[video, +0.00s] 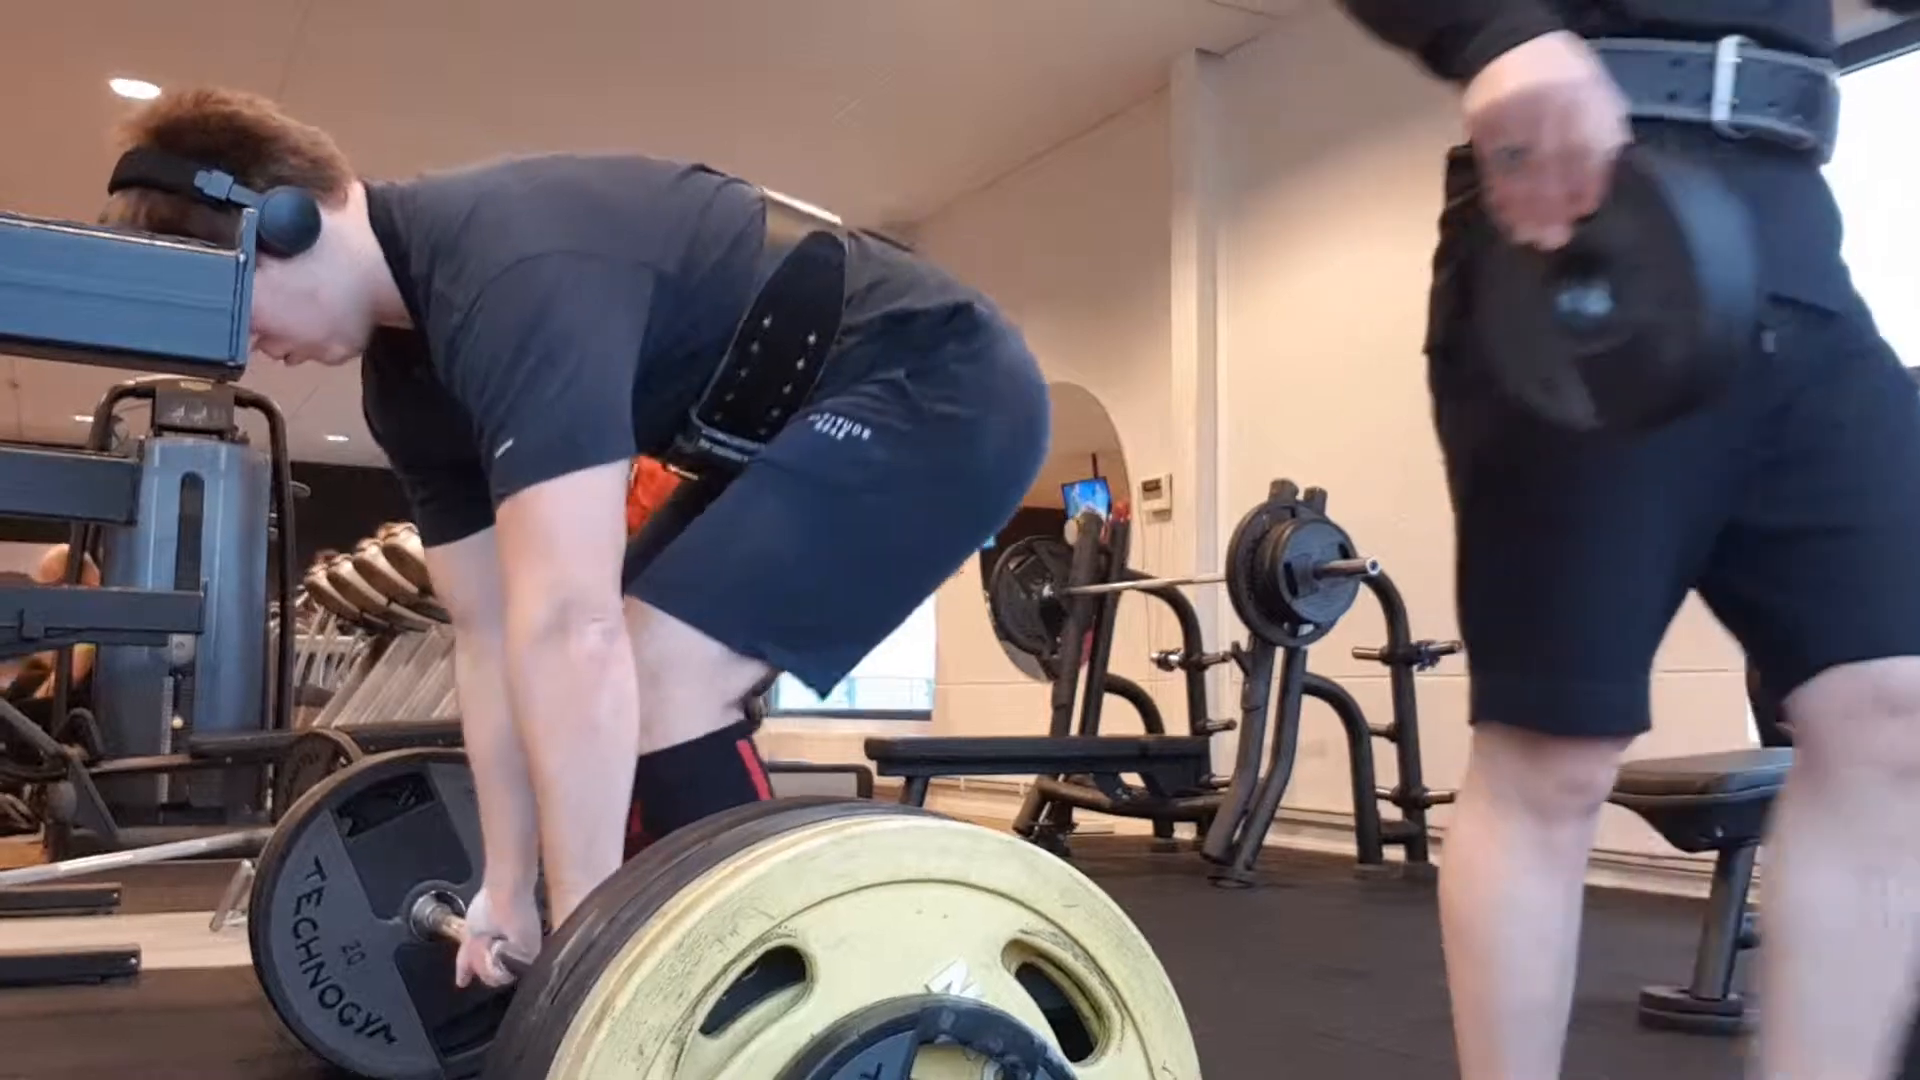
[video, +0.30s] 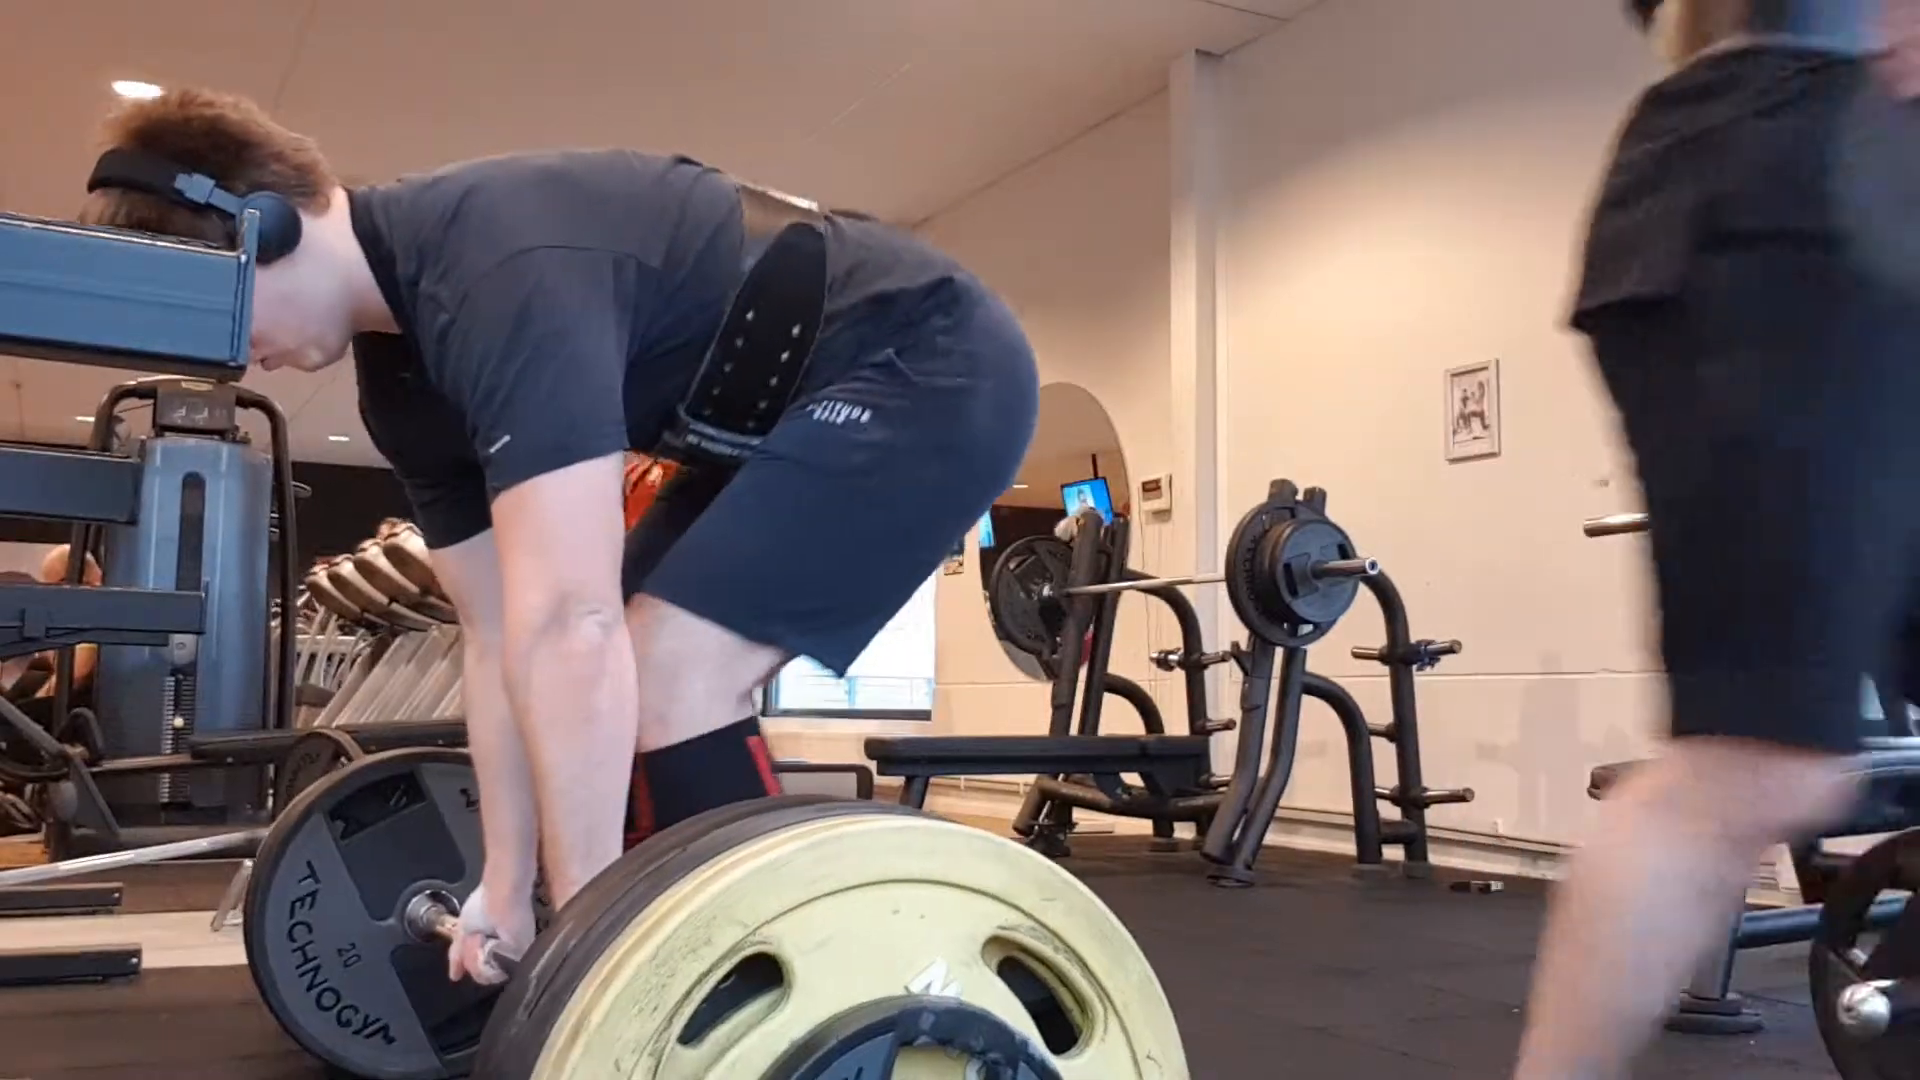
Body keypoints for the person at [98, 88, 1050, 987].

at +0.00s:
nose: (251, 353)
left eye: (234, 309)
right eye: (221, 334)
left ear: (279, 224)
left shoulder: (523, 273)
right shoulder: (410, 369)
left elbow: (578, 630)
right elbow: (490, 638)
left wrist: (595, 938)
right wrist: (507, 892)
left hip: (923, 378)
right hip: (811, 416)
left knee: (658, 681)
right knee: (627, 679)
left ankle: (772, 1005)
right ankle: (742, 1006)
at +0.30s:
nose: (240, 360)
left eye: (220, 318)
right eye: (210, 339)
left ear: (265, 226)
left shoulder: (508, 264)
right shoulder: (399, 369)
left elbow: (576, 630)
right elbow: (496, 632)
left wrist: (591, 935)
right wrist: (507, 887)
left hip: (917, 359)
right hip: (796, 403)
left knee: (675, 677)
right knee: (620, 666)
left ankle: (756, 1009)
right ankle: (727, 1005)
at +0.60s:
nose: (238, 348)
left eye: (216, 306)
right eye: (207, 326)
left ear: (251, 219)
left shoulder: (506, 263)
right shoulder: (398, 359)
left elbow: (570, 620)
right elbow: (485, 631)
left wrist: (578, 931)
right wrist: (488, 890)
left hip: (920, 356)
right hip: (802, 401)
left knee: (678, 672)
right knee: (617, 668)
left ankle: (772, 1006)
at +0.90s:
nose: (278, 354)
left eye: (265, 315)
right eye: (254, 337)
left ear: (315, 231)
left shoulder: (544, 275)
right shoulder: (446, 373)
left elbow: (619, 625)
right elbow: (517, 634)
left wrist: (602, 926)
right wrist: (501, 890)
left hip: (947, 381)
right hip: (843, 424)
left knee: (667, 686)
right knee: (633, 694)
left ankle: (791, 994)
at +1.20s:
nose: (282, 337)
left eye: (268, 293)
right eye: (256, 319)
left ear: (319, 215)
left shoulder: (534, 294)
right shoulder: (430, 393)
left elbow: (628, 621)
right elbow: (523, 631)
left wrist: (644, 929)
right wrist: (534, 878)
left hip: (926, 492)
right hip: (818, 517)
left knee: (594, 683)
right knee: (516, 686)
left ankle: (686, 992)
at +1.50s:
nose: (262, 266)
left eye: (255, 222)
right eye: (239, 244)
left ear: (333, 141)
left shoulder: (544, 261)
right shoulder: (442, 357)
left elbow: (643, 593)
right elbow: (547, 608)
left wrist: (661, 915)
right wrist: (547, 864)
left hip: (914, 444)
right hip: (807, 469)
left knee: (590, 681)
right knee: (521, 680)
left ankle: (712, 978)